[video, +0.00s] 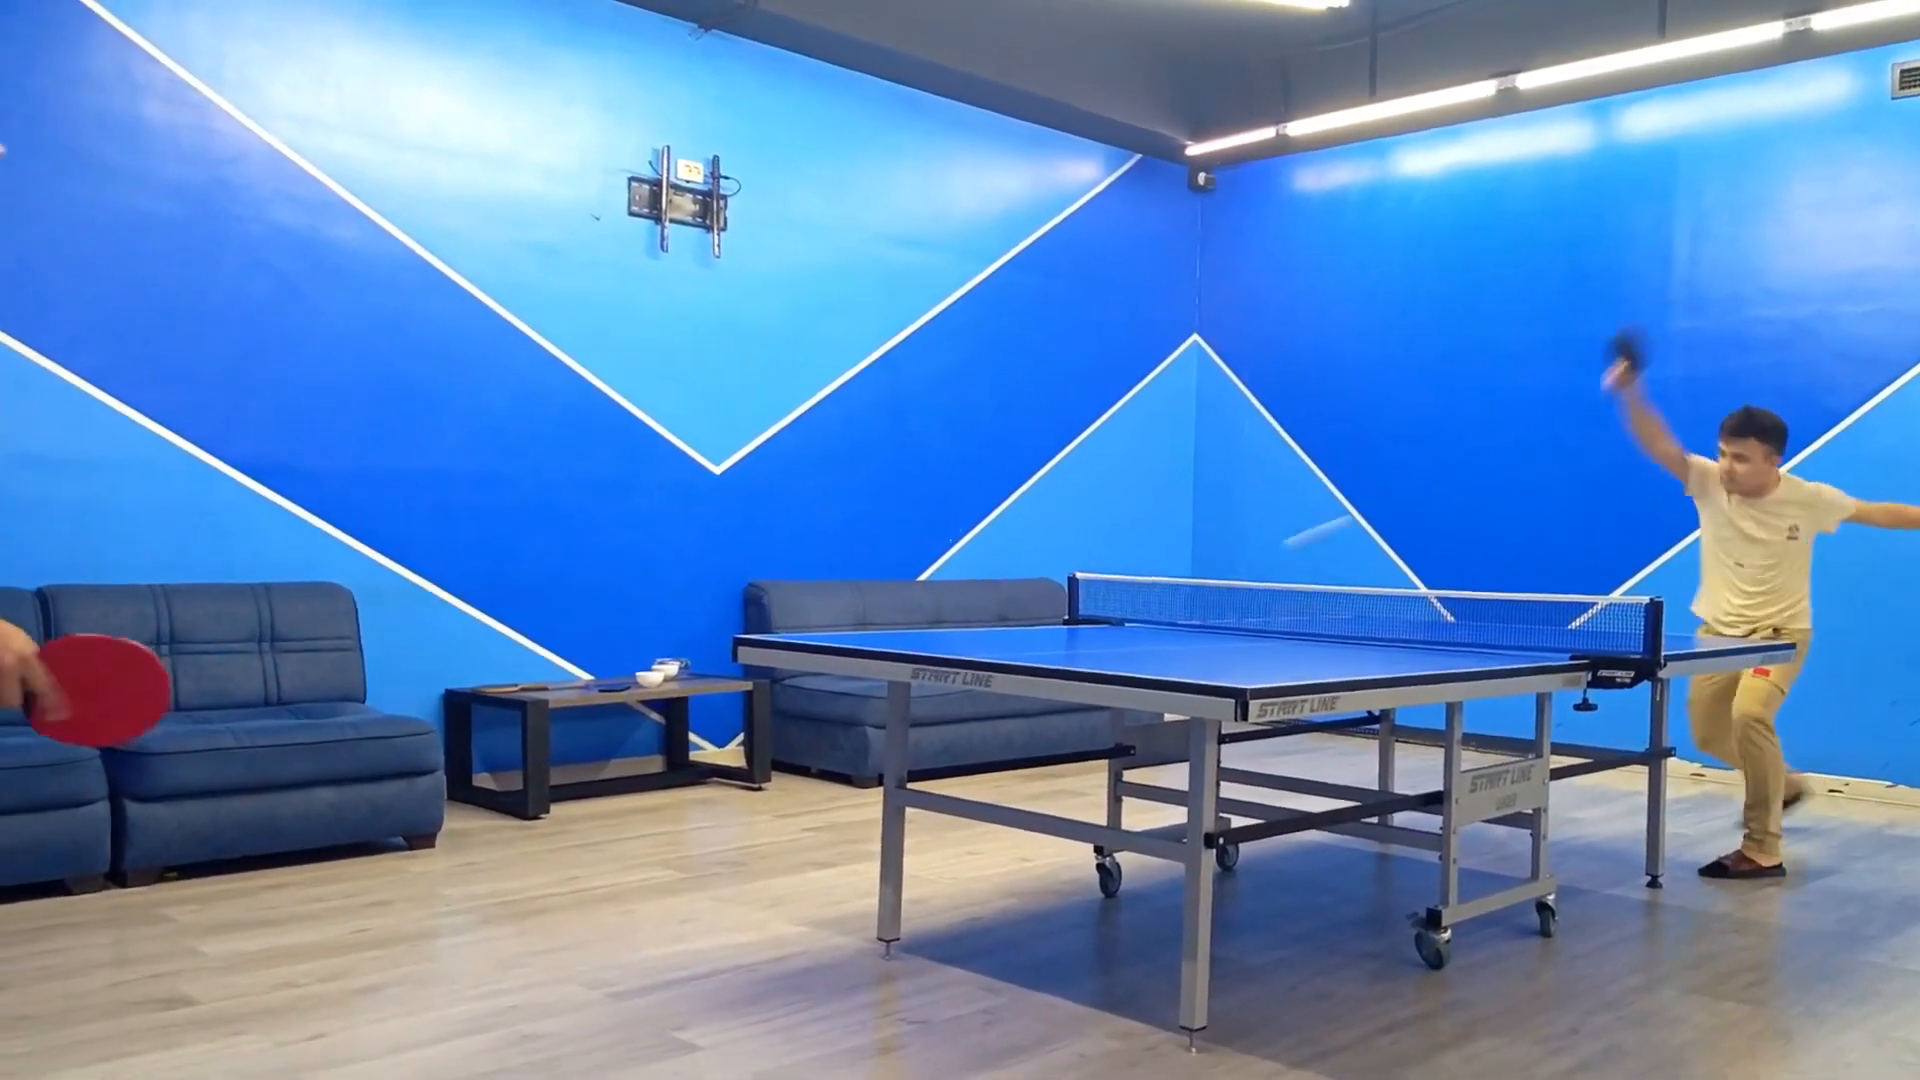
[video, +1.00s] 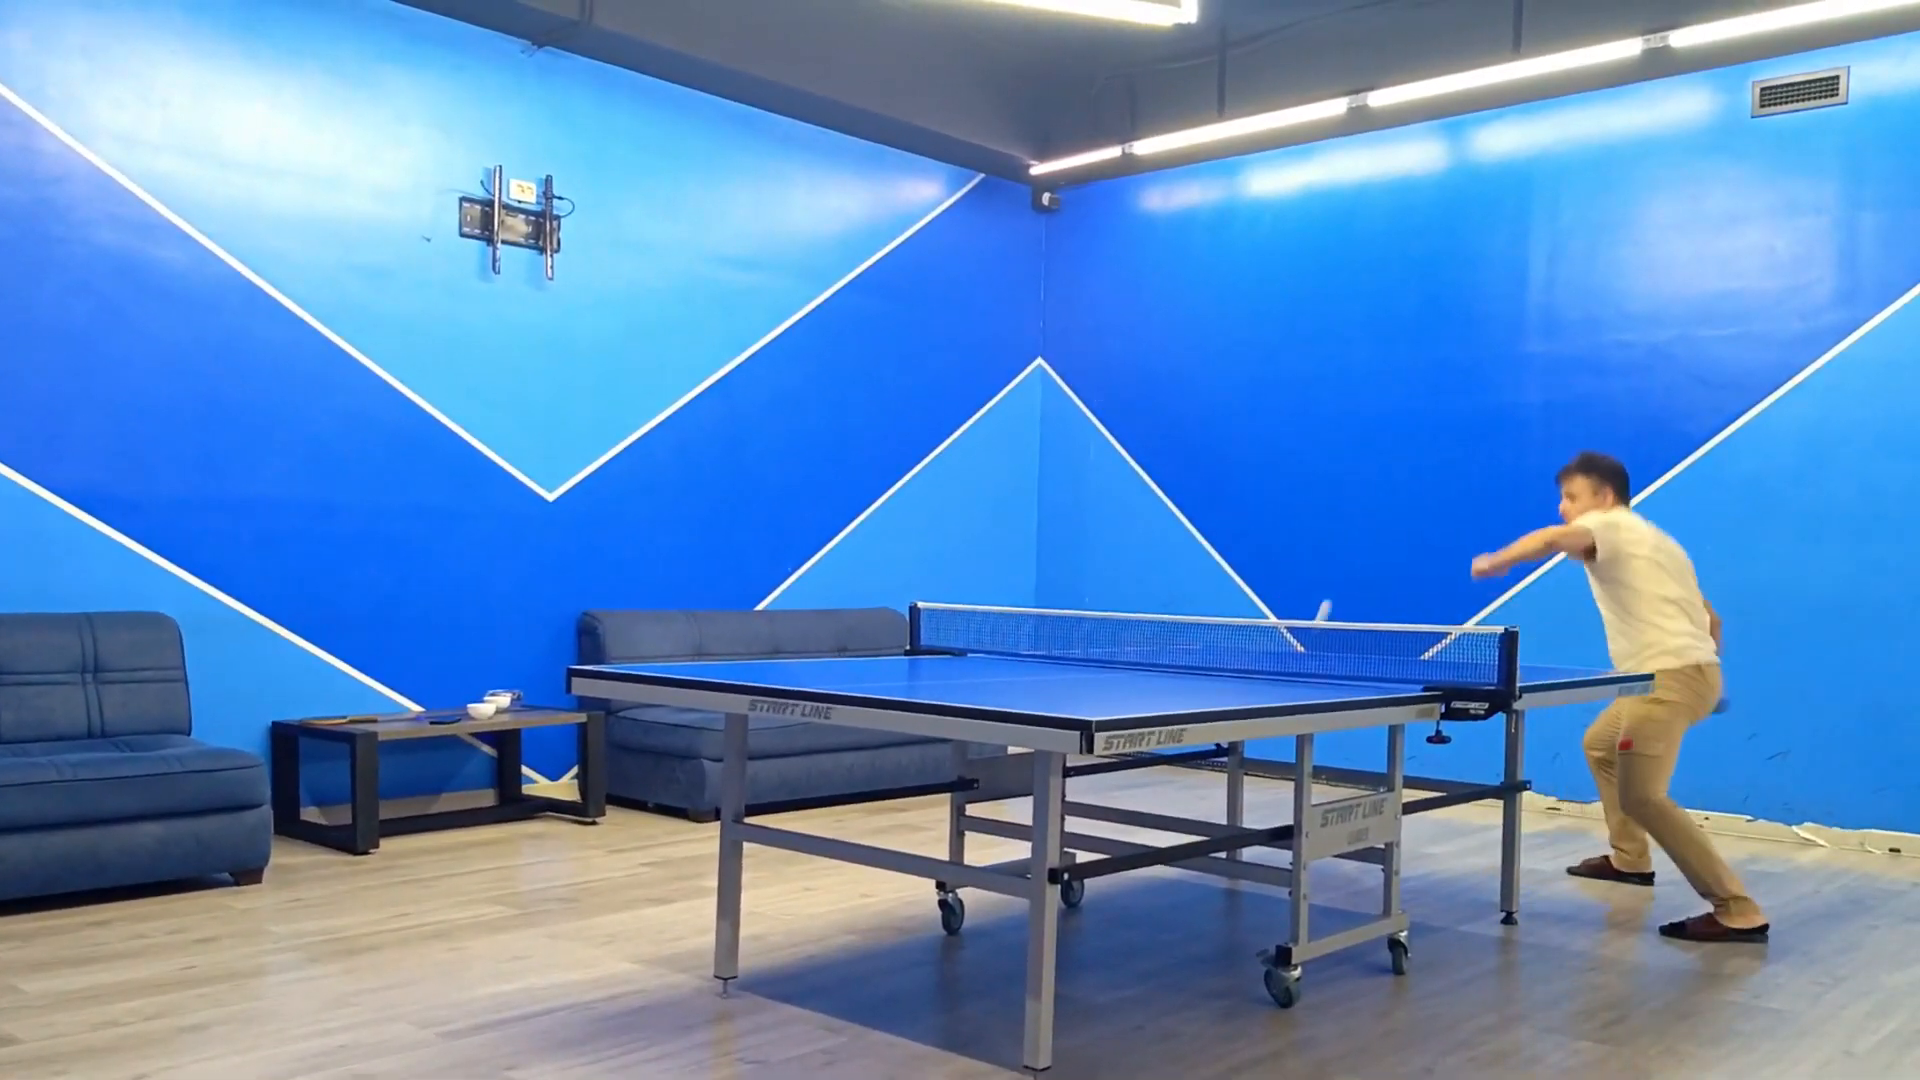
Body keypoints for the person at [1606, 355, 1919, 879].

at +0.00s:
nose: (1728, 466)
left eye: (1741, 458)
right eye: (1725, 455)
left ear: (1774, 462)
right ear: (1718, 452)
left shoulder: (1810, 501)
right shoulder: (1708, 481)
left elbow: (1878, 513)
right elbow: (1659, 443)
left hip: (1780, 635)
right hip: (1718, 633)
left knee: (1748, 715)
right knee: (1708, 735)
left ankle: (1761, 850)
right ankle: (1782, 784)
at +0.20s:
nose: (1678, 465)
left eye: (1692, 459)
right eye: (1674, 454)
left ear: (1717, 464)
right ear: (1665, 448)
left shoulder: (1724, 501)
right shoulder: (1637, 476)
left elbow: (1710, 537)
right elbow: (1607, 444)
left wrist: (1718, 561)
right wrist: (1612, 398)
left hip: (1673, 623)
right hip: (1611, 618)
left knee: (1669, 692)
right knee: (1563, 705)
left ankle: (1686, 816)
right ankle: (1599, 764)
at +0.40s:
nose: (1609, 458)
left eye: (1623, 450)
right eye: (1603, 447)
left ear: (1646, 460)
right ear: (1593, 448)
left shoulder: (1657, 507)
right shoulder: (1570, 483)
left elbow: (1669, 555)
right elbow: (1500, 474)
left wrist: (1696, 612)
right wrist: (1539, 487)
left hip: (1612, 627)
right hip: (1553, 621)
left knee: (1605, 688)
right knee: (1509, 696)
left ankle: (1628, 812)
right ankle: (1545, 762)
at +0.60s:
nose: (1576, 459)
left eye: (1591, 449)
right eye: (1572, 448)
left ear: (1622, 457)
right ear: (1566, 453)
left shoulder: (1658, 512)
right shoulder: (1557, 504)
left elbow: (1713, 563)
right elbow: (1476, 532)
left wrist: (1721, 606)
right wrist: (1494, 561)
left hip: (1623, 653)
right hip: (1561, 648)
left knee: (1581, 731)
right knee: (1533, 720)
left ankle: (1617, 863)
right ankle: (1534, 812)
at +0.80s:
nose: (1561, 439)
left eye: (1572, 428)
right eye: (1555, 430)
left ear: (1606, 429)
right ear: (1553, 435)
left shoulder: (1633, 476)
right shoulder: (1586, 493)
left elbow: (1666, 547)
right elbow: (1594, 574)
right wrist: (1532, 605)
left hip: (1649, 631)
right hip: (1606, 634)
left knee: (1616, 743)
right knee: (1579, 736)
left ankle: (1660, 886)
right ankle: (1607, 845)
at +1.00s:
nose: (1562, 508)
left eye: (1571, 497)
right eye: (1562, 498)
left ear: (1605, 496)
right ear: (1617, 502)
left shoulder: (1605, 524)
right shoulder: (1663, 543)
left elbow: (1550, 538)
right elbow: (1709, 620)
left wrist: (1497, 560)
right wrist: (1708, 682)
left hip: (1669, 671)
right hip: (1693, 670)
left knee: (1642, 797)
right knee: (1601, 745)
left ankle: (1738, 910)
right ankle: (1630, 860)